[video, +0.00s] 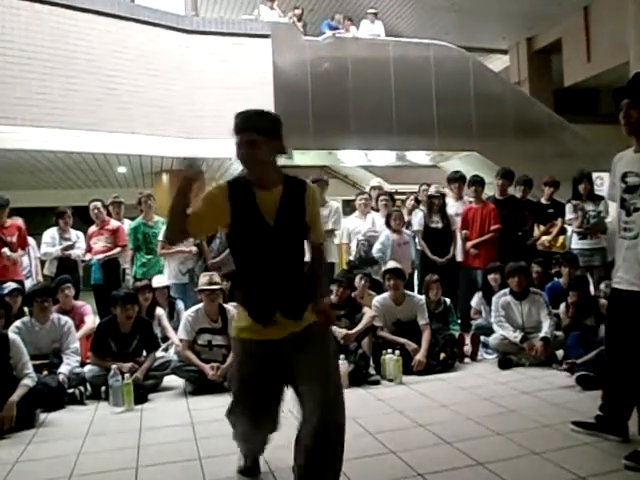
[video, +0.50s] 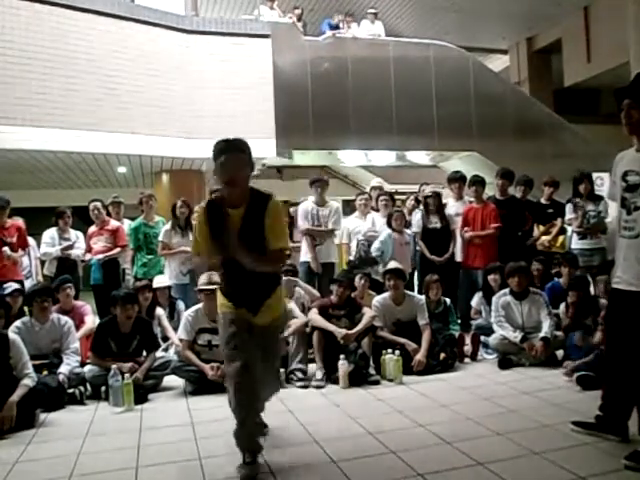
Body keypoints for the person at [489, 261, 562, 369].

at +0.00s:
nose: (517, 281)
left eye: (521, 277)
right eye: (513, 277)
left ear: (527, 278)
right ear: (508, 280)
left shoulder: (539, 296)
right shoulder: (499, 299)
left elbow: (548, 319)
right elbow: (498, 323)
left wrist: (544, 339)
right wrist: (522, 339)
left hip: (535, 334)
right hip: (513, 335)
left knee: (559, 338)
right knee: (495, 341)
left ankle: (519, 360)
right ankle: (542, 358)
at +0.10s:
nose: (517, 281)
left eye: (520, 277)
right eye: (513, 277)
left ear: (527, 278)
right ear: (508, 280)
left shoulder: (539, 296)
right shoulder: (499, 299)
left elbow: (548, 319)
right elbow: (498, 323)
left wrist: (544, 339)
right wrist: (522, 339)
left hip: (535, 334)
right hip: (513, 335)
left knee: (559, 338)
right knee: (495, 341)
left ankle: (519, 360)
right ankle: (542, 358)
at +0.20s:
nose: (517, 281)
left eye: (521, 277)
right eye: (513, 277)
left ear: (527, 278)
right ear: (508, 280)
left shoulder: (539, 296)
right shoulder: (499, 299)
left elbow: (548, 319)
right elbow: (498, 323)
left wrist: (544, 339)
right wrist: (522, 339)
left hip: (535, 334)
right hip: (513, 335)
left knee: (559, 338)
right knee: (495, 341)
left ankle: (519, 360)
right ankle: (542, 358)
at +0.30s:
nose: (517, 281)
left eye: (521, 277)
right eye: (513, 277)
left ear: (527, 278)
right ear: (508, 280)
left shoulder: (539, 296)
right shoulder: (499, 299)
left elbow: (548, 319)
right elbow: (498, 323)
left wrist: (544, 339)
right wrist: (522, 339)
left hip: (535, 334)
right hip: (513, 335)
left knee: (559, 338)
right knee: (495, 341)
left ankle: (519, 360)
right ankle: (542, 358)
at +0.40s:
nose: (517, 281)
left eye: (520, 277)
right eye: (513, 277)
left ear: (527, 278)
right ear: (508, 280)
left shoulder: (539, 296)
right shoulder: (499, 299)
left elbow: (548, 319)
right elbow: (498, 323)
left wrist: (544, 339)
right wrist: (522, 339)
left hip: (535, 334)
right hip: (513, 335)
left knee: (559, 338)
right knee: (495, 341)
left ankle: (519, 360)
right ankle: (542, 358)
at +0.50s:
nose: (517, 281)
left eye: (521, 277)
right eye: (513, 277)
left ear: (527, 278)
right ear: (507, 280)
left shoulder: (539, 296)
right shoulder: (499, 299)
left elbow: (548, 319)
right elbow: (498, 323)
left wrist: (544, 338)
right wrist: (522, 339)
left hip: (535, 334)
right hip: (513, 336)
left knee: (559, 338)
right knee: (495, 341)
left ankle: (519, 360)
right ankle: (541, 358)